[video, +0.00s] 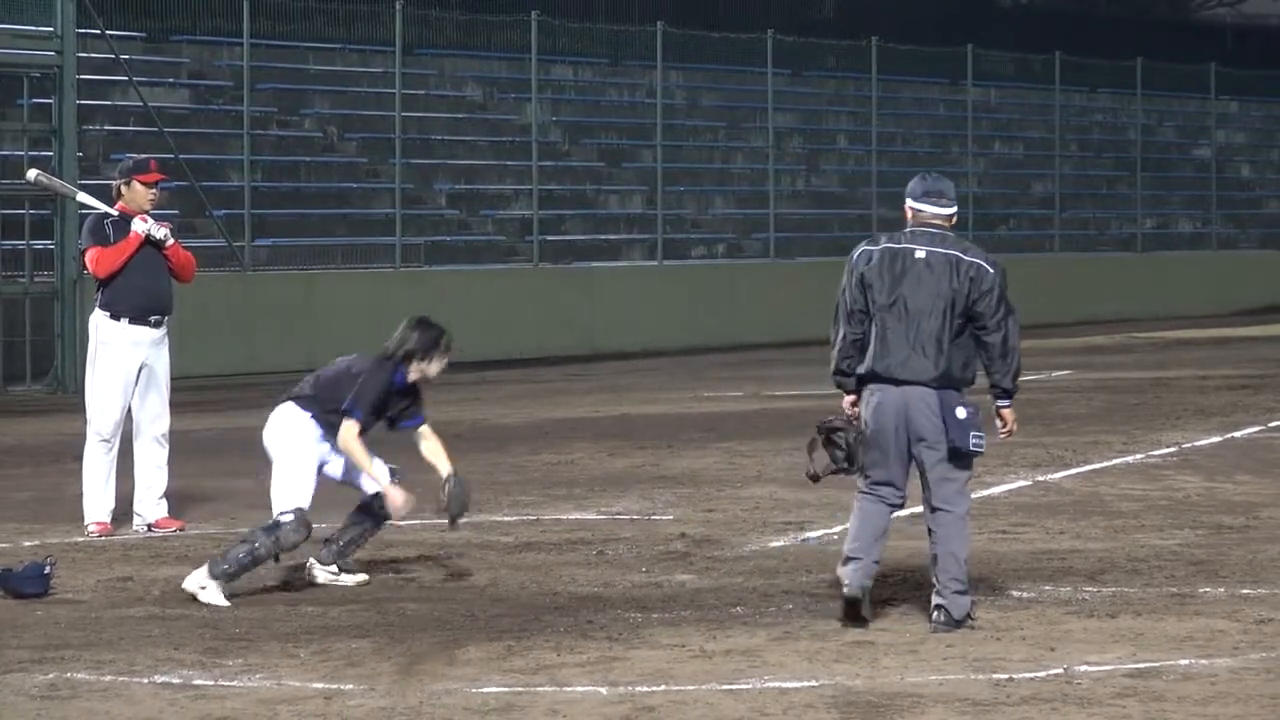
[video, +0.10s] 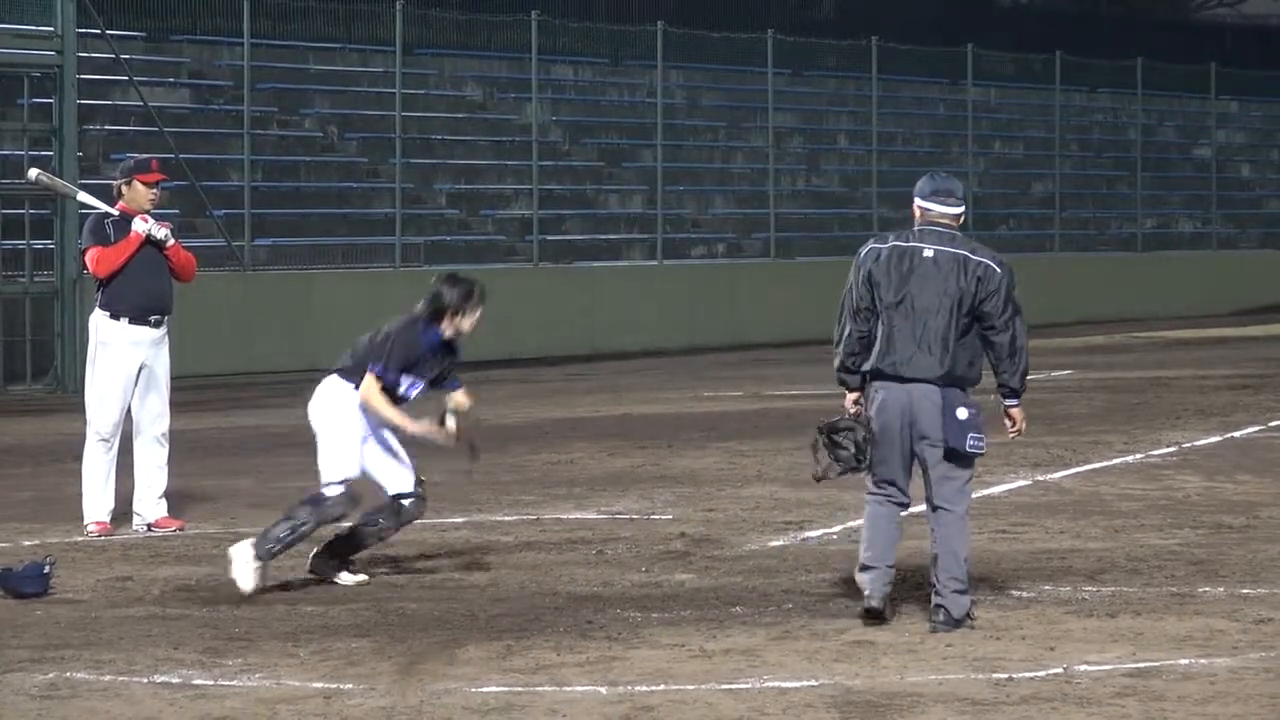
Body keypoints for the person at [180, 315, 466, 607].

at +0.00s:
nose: (444, 366)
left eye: (445, 359)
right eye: (442, 358)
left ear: (421, 357)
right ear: (421, 356)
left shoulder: (408, 388)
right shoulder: (379, 374)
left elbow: (423, 435)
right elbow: (346, 438)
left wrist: (448, 475)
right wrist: (385, 484)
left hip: (327, 438)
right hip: (295, 423)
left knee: (390, 488)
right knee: (293, 526)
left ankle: (328, 562)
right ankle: (208, 577)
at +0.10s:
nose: (478, 320)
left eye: (479, 313)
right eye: (475, 313)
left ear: (453, 314)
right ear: (454, 314)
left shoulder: (444, 347)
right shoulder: (410, 333)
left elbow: (458, 395)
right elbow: (368, 392)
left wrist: (454, 414)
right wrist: (415, 427)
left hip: (369, 412)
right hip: (337, 399)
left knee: (409, 501)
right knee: (341, 495)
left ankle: (328, 559)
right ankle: (253, 551)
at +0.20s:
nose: (503, 272)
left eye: (503, 265)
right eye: (498, 265)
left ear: (475, 270)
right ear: (476, 269)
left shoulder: (485, 305)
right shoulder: (431, 293)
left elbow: (502, 348)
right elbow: (398, 350)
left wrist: (513, 353)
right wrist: (454, 351)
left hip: (420, 391)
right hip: (387, 378)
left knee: (428, 493)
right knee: (420, 463)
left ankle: (344, 546)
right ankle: (355, 540)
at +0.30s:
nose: (530, 235)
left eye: (529, 228)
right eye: (523, 228)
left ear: (505, 234)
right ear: (499, 233)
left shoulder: (526, 273)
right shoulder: (457, 261)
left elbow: (558, 306)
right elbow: (416, 306)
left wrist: (573, 320)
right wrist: (459, 280)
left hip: (485, 374)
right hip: (446, 365)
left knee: (459, 476)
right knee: (477, 442)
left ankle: (377, 535)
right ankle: (467, 534)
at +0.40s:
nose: (559, 226)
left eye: (558, 218)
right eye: (551, 220)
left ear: (540, 225)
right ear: (527, 225)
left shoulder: (559, 262)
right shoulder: (487, 260)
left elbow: (610, 281)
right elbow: (428, 280)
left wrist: (657, 303)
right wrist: (468, 242)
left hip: (542, 370)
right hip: (499, 367)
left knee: (550, 478)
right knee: (524, 468)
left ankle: (482, 502)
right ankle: (497, 550)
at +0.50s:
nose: (598, 228)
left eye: (595, 221)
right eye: (588, 222)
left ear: (579, 229)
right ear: (564, 231)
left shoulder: (607, 267)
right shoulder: (521, 272)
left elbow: (669, 279)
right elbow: (461, 277)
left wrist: (720, 306)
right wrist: (503, 237)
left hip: (598, 378)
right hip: (550, 380)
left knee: (639, 468)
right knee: (553, 478)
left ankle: (625, 524)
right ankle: (508, 556)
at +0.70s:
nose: (699, 223)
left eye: (697, 218)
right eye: (695, 218)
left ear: (669, 223)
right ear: (681, 223)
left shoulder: (671, 268)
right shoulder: (675, 261)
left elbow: (689, 328)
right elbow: (718, 260)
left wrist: (736, 344)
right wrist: (672, 239)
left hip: (693, 373)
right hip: (683, 372)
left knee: (752, 455)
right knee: (666, 482)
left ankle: (748, 552)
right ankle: (575, 516)